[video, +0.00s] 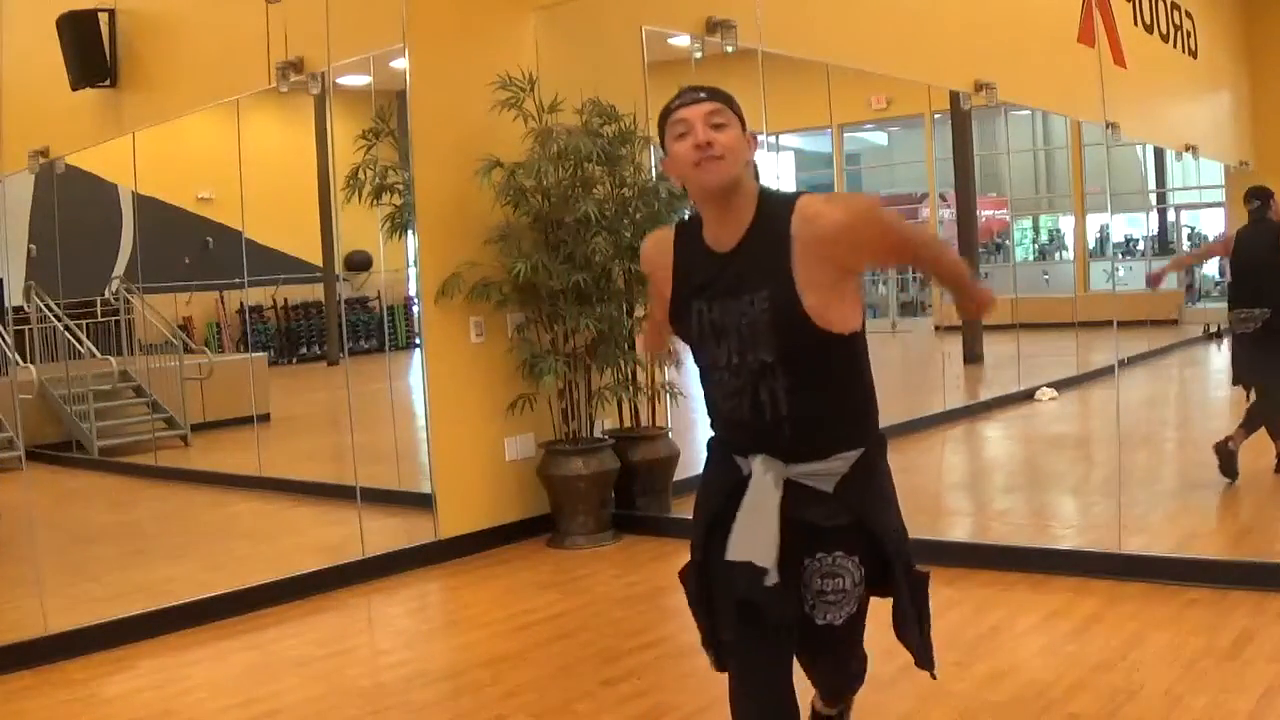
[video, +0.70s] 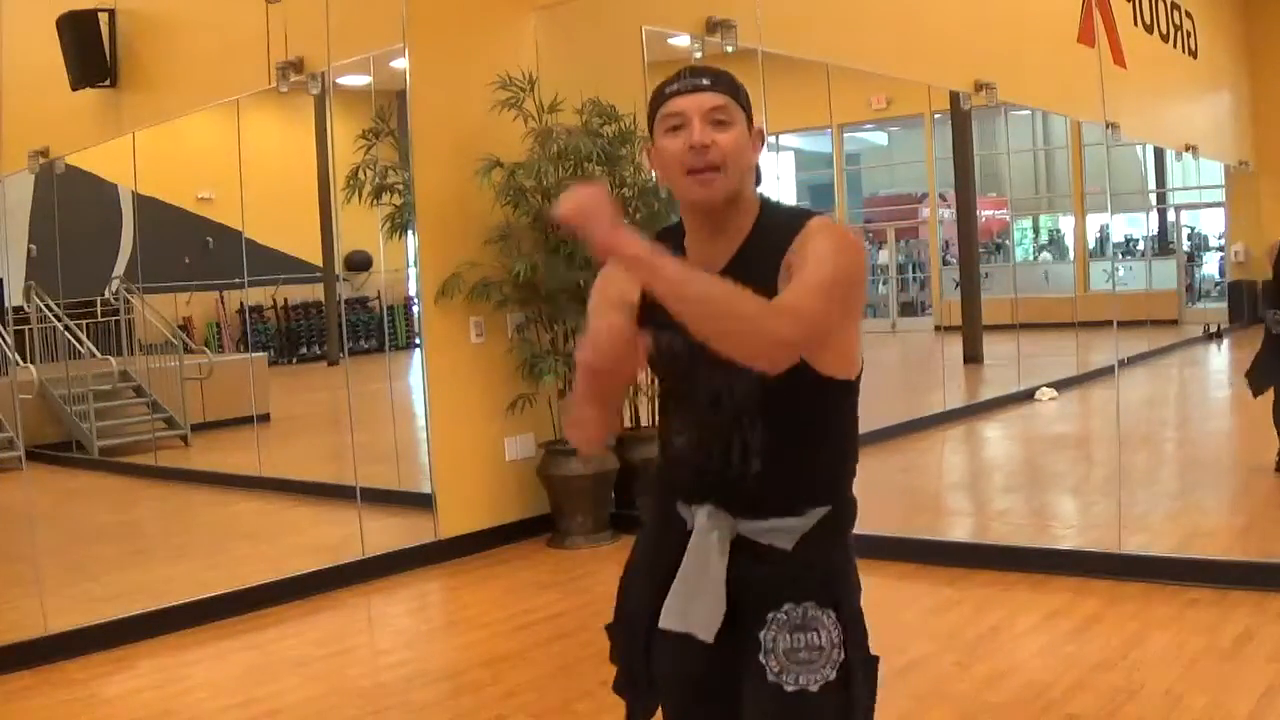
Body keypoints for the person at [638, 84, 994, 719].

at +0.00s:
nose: (703, 138)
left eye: (718, 124)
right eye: (683, 134)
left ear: (750, 145)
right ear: (669, 169)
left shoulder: (830, 225)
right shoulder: (665, 254)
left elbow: (927, 251)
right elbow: (663, 309)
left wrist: (971, 292)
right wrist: (654, 335)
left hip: (831, 474)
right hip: (738, 476)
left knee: (828, 644)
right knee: (750, 661)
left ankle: (832, 706)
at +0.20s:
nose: (687, 128)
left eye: (705, 110)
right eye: (668, 119)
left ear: (742, 129)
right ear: (653, 150)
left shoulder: (819, 218)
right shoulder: (651, 233)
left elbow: (924, 246)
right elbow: (669, 287)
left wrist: (996, 286)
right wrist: (653, 311)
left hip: (825, 481)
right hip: (728, 478)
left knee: (836, 675)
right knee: (748, 681)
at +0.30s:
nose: (685, 126)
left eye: (702, 109)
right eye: (665, 118)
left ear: (738, 130)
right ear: (648, 150)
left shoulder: (810, 230)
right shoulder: (648, 244)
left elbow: (917, 324)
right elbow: (646, 331)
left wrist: (986, 430)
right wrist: (632, 414)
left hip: (823, 492)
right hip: (720, 493)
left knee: (837, 694)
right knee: (744, 693)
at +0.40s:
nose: (689, 134)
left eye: (707, 116)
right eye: (669, 124)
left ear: (743, 134)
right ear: (653, 153)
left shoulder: (814, 240)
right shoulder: (651, 258)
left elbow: (863, 401)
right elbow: (629, 394)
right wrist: (598, 513)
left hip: (813, 501)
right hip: (712, 500)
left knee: (820, 702)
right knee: (728, 693)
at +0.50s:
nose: (697, 148)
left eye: (716, 129)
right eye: (676, 136)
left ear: (753, 148)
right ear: (657, 167)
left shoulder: (821, 250)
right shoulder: (649, 274)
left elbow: (780, 391)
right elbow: (624, 403)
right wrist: (599, 509)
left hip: (805, 523)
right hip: (703, 519)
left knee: (801, 705)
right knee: (706, 700)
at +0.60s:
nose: (700, 150)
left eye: (719, 133)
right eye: (677, 139)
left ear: (755, 154)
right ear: (658, 171)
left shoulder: (826, 254)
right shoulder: (641, 278)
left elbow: (753, 353)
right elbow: (623, 380)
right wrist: (615, 444)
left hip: (800, 548)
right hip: (692, 542)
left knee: (787, 705)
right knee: (691, 703)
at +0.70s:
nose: (699, 139)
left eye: (721, 121)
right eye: (676, 125)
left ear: (757, 146)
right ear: (652, 159)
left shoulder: (826, 244)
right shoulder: (633, 268)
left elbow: (774, 342)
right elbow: (588, 435)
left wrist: (628, 248)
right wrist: (599, 377)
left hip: (793, 556)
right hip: (679, 550)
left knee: (798, 706)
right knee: (684, 705)